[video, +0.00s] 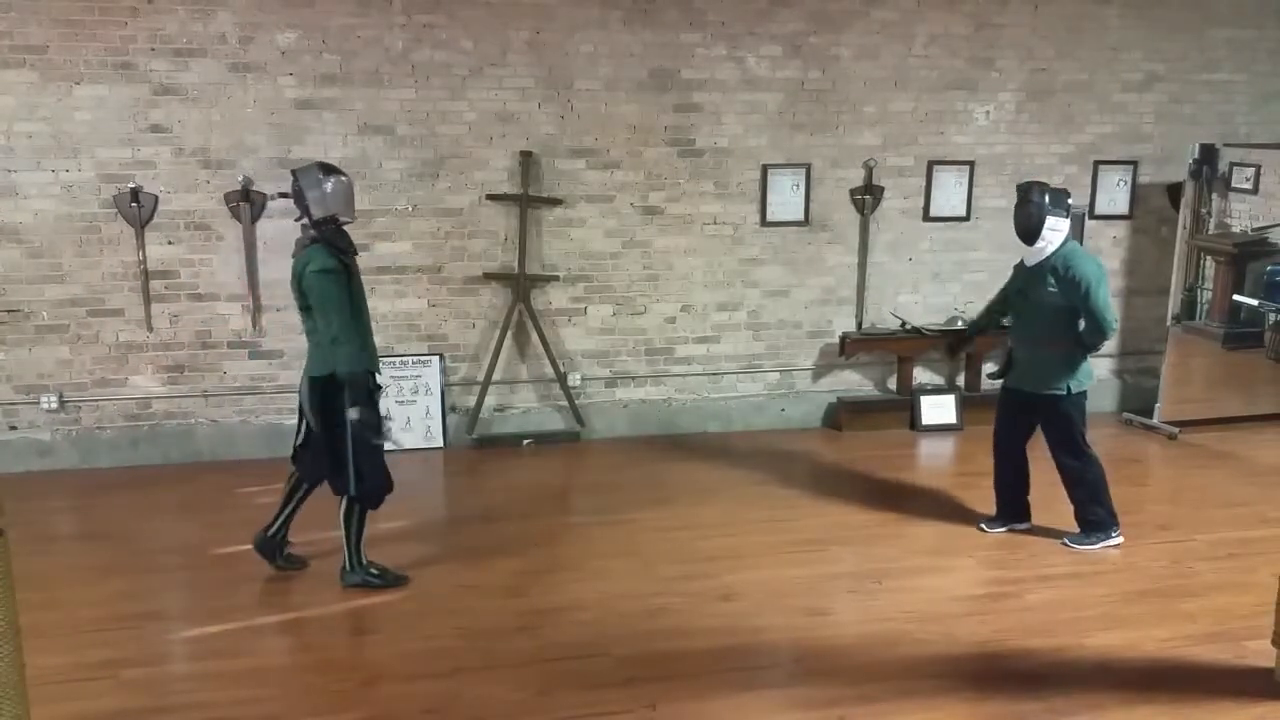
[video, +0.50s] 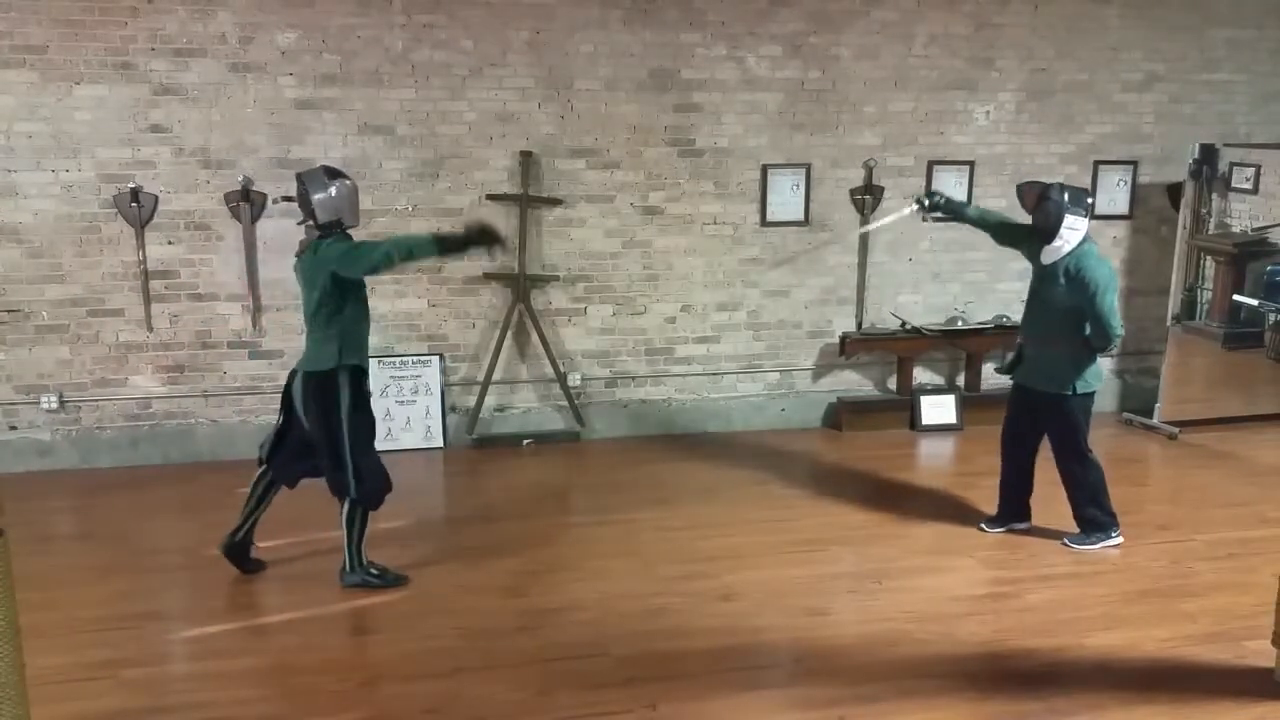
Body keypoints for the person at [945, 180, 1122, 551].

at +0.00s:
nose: (1020, 218)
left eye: (1028, 211)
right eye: (1019, 211)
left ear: (1052, 219)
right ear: (1047, 220)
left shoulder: (1078, 265)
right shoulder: (1027, 267)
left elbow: (1103, 324)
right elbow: (999, 308)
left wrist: (1078, 346)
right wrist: (968, 335)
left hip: (1062, 379)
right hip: (1022, 376)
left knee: (1072, 454)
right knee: (1007, 443)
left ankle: (1102, 527)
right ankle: (1012, 514)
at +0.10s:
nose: (1023, 220)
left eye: (1031, 213)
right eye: (1023, 212)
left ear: (1053, 218)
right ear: (1035, 216)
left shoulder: (1081, 264)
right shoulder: (1033, 262)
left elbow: (1105, 326)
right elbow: (993, 290)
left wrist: (1081, 345)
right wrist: (945, 312)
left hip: (1063, 377)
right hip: (1025, 373)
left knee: (1071, 453)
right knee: (1009, 444)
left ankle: (1102, 527)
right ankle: (1013, 515)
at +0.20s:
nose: (1026, 218)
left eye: (1033, 211)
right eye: (1027, 211)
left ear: (1057, 218)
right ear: (1050, 219)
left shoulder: (1084, 265)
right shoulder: (1034, 256)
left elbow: (1106, 328)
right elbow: (990, 271)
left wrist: (1081, 347)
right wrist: (932, 280)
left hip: (1064, 379)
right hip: (1026, 373)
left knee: (1073, 455)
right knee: (1011, 445)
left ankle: (1102, 527)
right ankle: (1014, 513)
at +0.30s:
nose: (1028, 218)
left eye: (1036, 211)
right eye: (1029, 211)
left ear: (1061, 217)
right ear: (1037, 216)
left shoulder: (1086, 266)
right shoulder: (1036, 253)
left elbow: (1107, 330)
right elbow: (989, 253)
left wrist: (1081, 345)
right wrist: (932, 249)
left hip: (1065, 378)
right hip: (1028, 372)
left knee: (1073, 455)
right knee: (1014, 446)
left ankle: (1102, 527)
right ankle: (1014, 513)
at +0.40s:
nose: (1032, 219)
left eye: (1041, 213)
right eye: (1033, 212)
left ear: (1064, 219)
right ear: (1044, 217)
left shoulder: (1088, 269)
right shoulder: (1038, 249)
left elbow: (1107, 332)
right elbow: (993, 236)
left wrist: (1082, 344)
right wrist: (937, 221)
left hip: (1067, 380)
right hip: (1030, 373)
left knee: (1073, 455)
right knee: (1016, 445)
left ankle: (1102, 527)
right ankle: (1014, 513)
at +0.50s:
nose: (1035, 219)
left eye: (1043, 213)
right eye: (1036, 212)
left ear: (1066, 219)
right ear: (1051, 218)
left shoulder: (1091, 266)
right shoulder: (1041, 245)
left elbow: (1108, 332)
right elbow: (996, 225)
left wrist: (1087, 345)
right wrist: (945, 204)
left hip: (1069, 378)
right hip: (1031, 372)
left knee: (1073, 455)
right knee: (1016, 444)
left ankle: (1102, 527)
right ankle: (1014, 514)